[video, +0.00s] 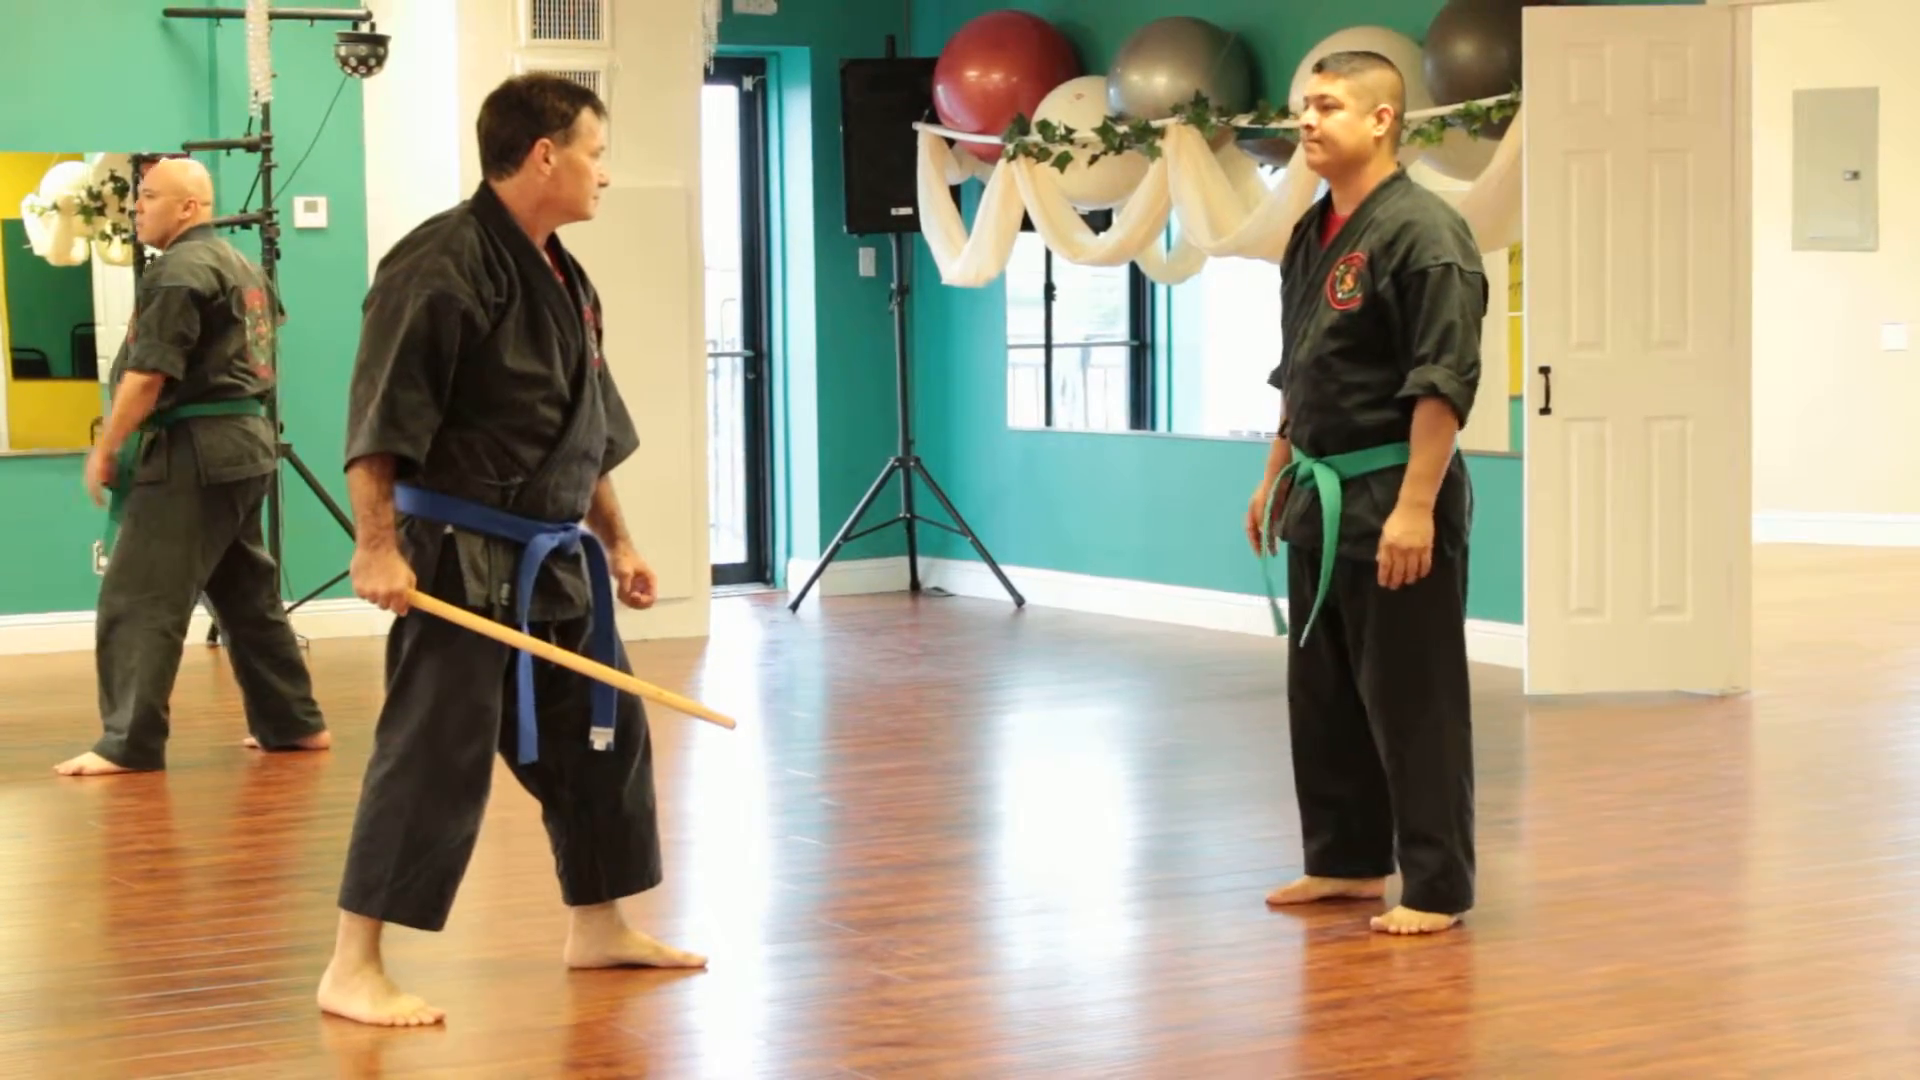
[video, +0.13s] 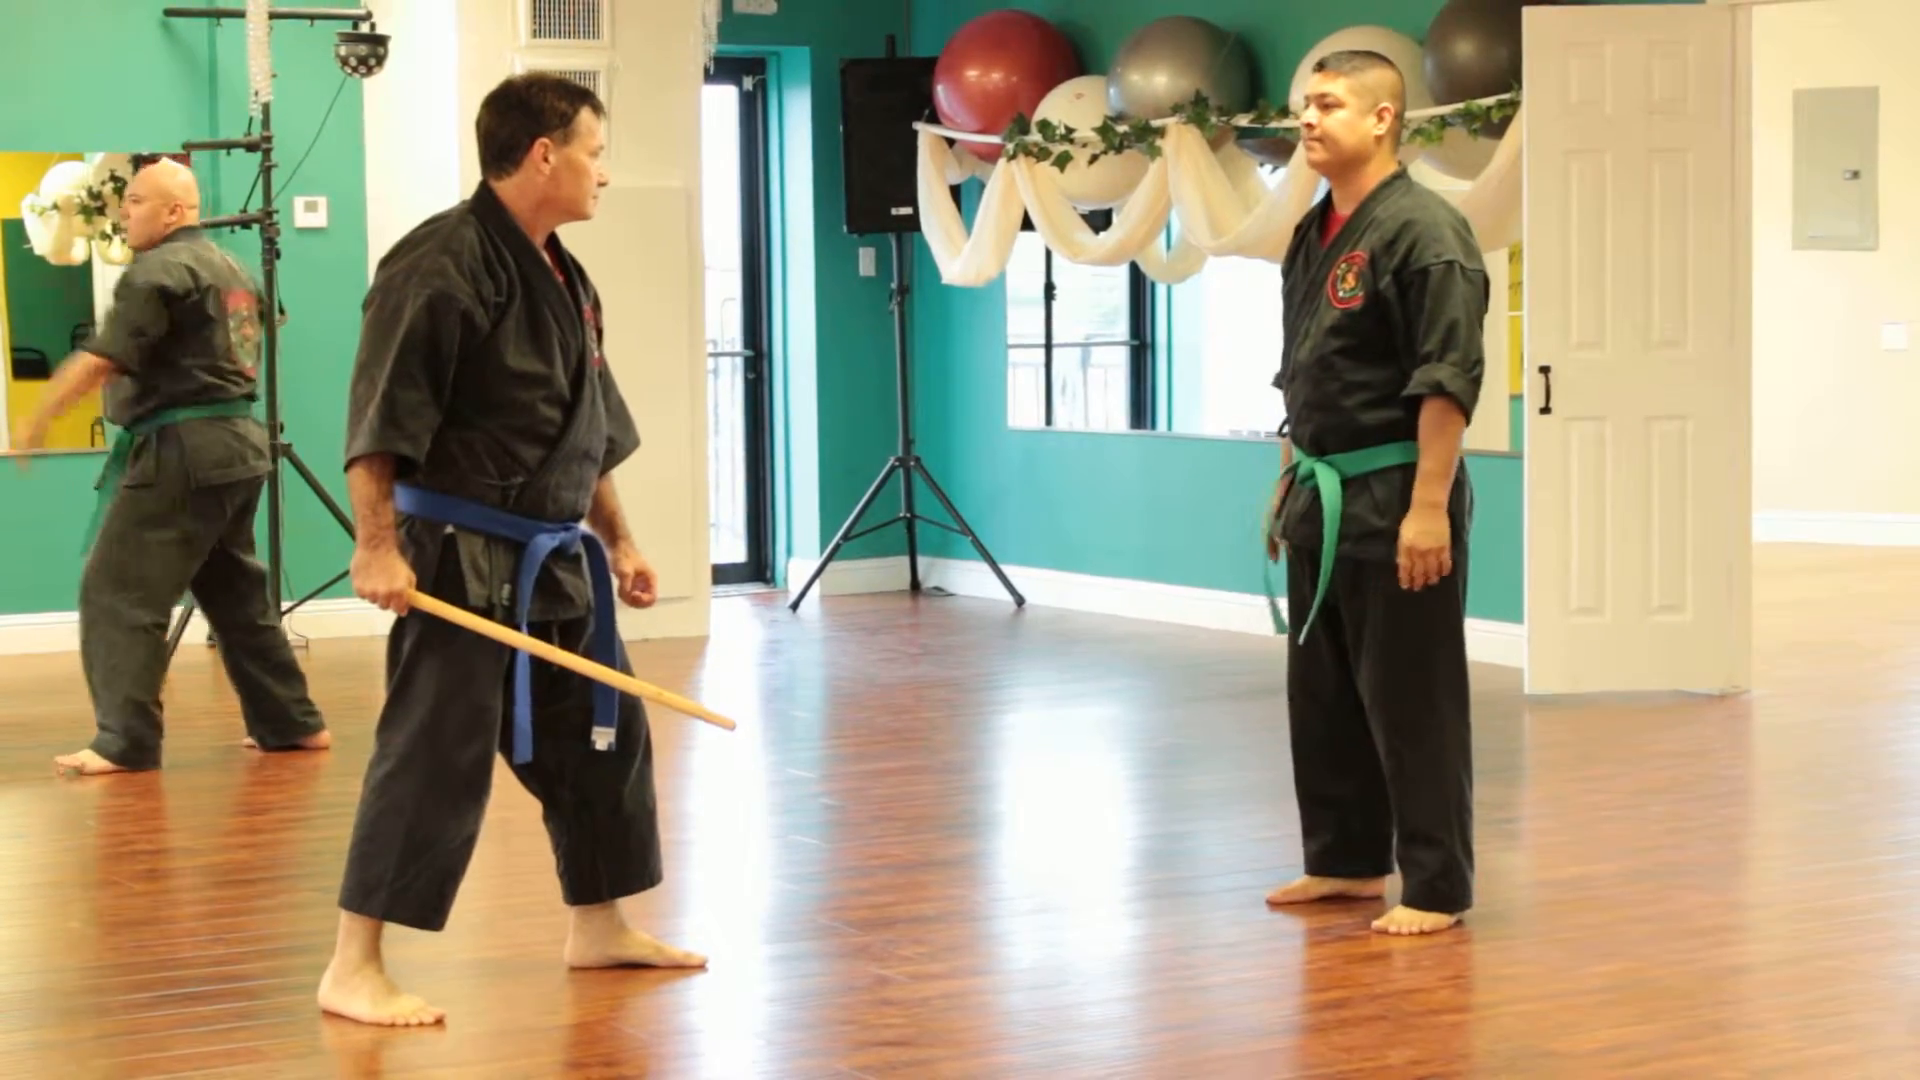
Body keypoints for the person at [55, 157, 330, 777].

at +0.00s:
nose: (136, 208)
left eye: (147, 197)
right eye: (139, 197)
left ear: (187, 206)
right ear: (195, 209)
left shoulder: (178, 271)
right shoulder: (238, 263)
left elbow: (147, 376)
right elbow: (251, 359)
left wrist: (105, 447)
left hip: (194, 447)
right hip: (245, 441)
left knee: (141, 594)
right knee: (245, 591)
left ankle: (130, 744)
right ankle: (292, 723)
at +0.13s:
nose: (122, 211)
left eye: (134, 201)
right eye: (125, 200)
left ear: (174, 211)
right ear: (185, 212)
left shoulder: (157, 272)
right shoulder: (229, 267)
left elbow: (100, 359)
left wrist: (39, 418)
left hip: (182, 451)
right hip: (240, 444)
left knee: (118, 589)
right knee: (232, 586)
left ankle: (126, 742)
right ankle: (290, 722)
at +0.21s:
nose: (106, 221)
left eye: (116, 211)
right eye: (109, 210)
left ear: (154, 220)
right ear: (167, 221)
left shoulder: (136, 274)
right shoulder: (210, 273)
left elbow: (47, 341)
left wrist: (8, 371)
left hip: (172, 457)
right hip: (234, 450)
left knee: (97, 586)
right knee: (219, 586)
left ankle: (112, 742)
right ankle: (290, 723)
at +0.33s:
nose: (68, 220)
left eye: (81, 210)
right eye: (72, 208)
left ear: (117, 221)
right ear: (136, 221)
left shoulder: (92, 269)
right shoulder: (172, 267)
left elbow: (12, 304)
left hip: (132, 459)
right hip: (186, 449)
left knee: (63, 595)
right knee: (205, 585)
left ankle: (99, 745)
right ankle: (285, 712)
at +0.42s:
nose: (36, 217)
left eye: (46, 206)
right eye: (39, 207)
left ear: (86, 209)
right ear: (100, 211)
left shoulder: (64, 264)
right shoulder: (139, 255)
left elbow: (13, 290)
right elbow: (154, 233)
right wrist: (151, 176)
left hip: (81, 457)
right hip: (140, 448)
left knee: (46, 605)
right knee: (140, 583)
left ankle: (98, 744)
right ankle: (245, 685)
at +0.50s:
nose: (6, 209)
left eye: (17, 199)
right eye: (10, 198)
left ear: (49, 208)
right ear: (63, 210)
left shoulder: (42, 259)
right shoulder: (95, 252)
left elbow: (16, 285)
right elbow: (121, 230)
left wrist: (11, 286)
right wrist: (138, 175)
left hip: (53, 453)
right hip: (75, 447)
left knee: (36, 608)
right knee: (41, 596)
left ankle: (99, 745)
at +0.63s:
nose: (3, 201)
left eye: (5, 193)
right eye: (6, 193)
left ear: (9, 204)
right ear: (18, 205)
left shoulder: (16, 273)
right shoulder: (37, 267)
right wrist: (46, 162)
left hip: (20, 446)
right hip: (37, 440)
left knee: (24, 609)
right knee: (23, 607)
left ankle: (93, 741)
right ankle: (90, 738)